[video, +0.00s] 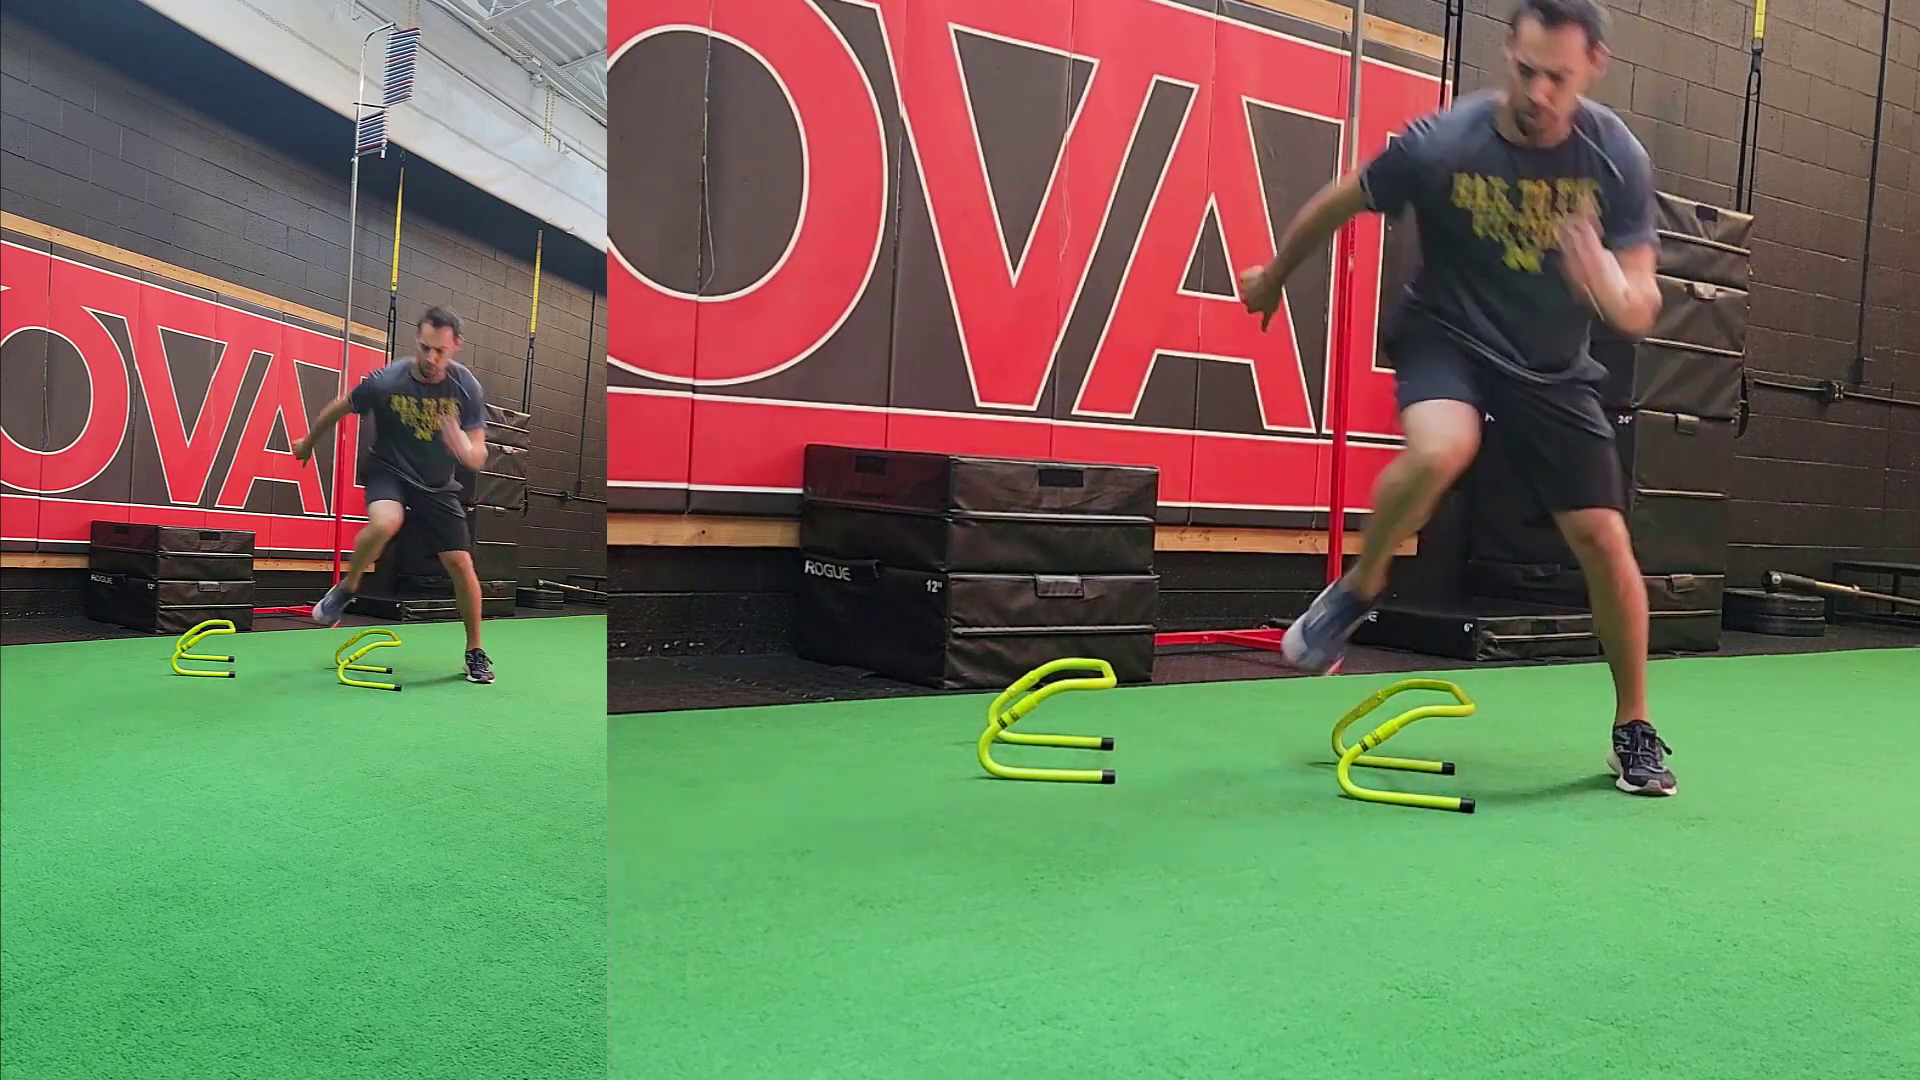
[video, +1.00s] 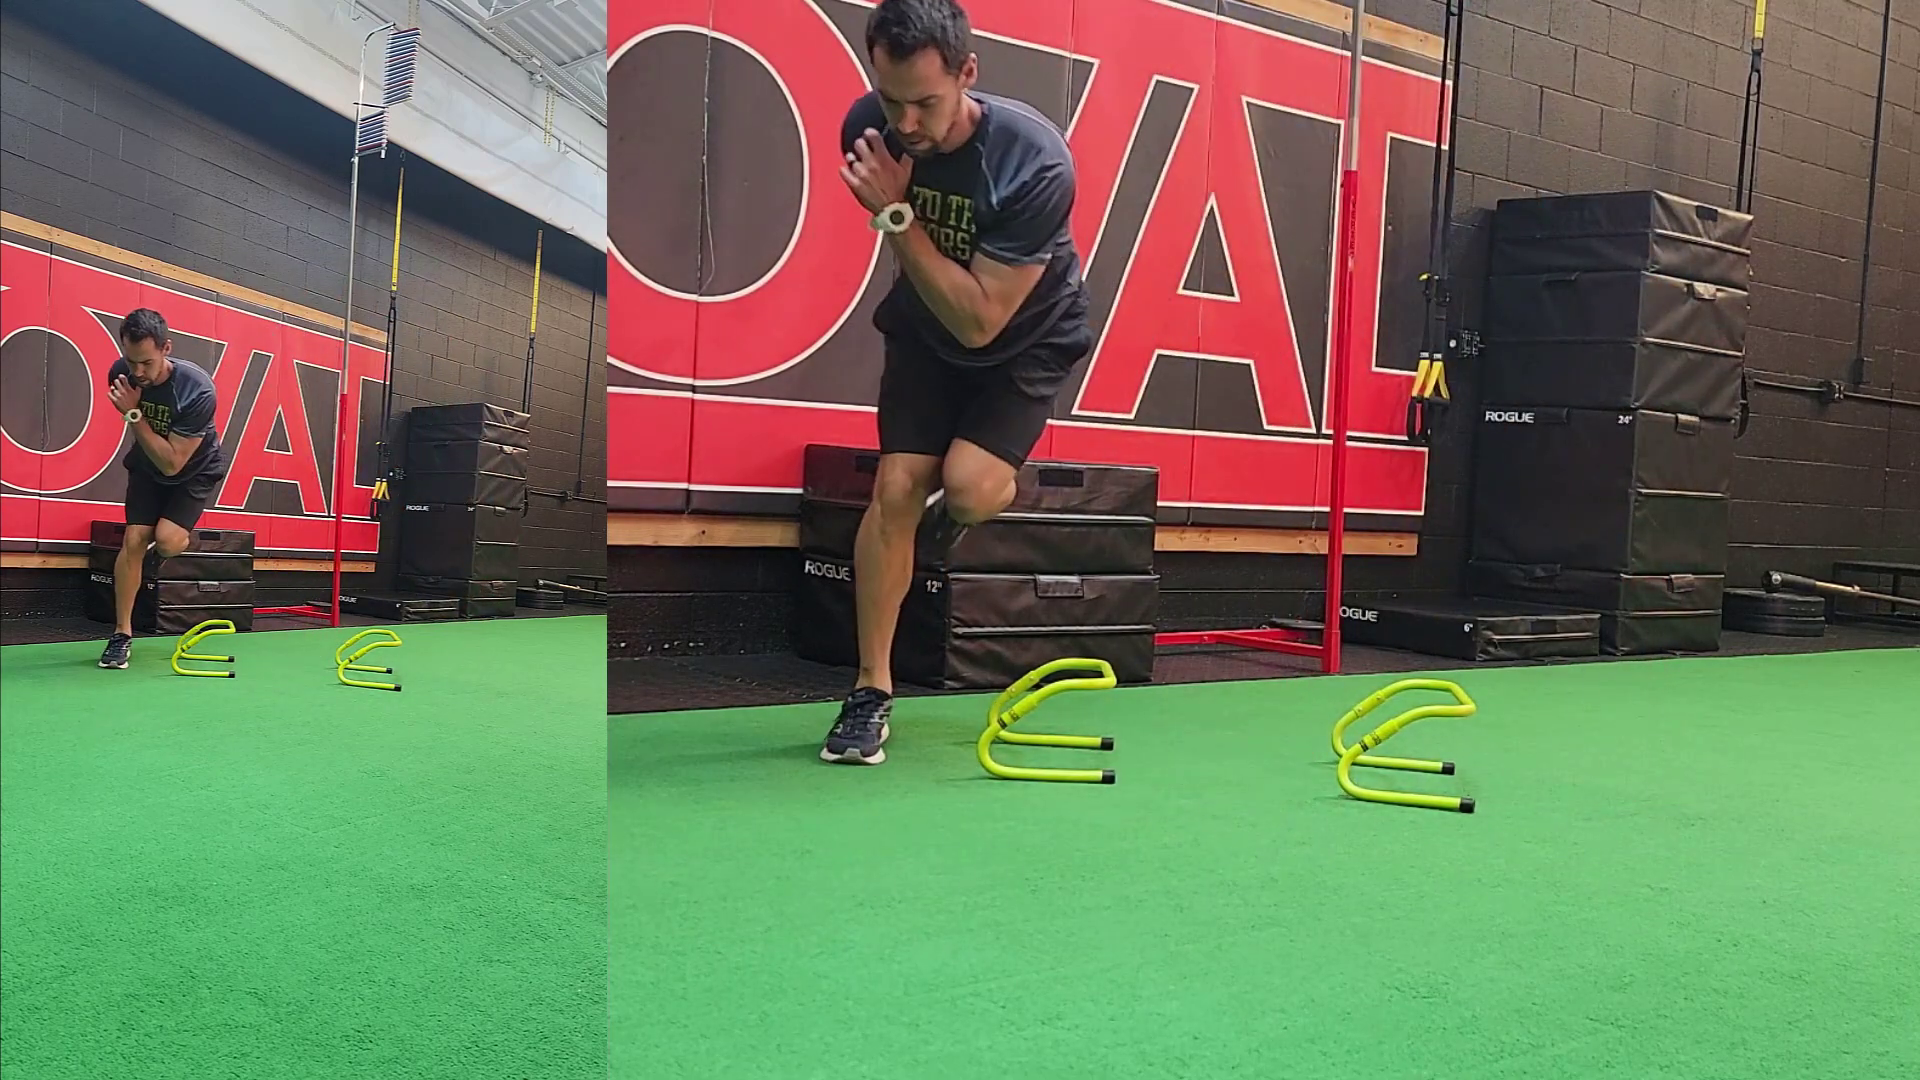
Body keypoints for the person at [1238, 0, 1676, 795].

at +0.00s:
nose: (1536, 94)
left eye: (1556, 77)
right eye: (1525, 71)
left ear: (1594, 67)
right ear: (1507, 53)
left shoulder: (1617, 157)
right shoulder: (1440, 144)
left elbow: (1639, 308)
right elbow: (1335, 204)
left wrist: (1603, 283)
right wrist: (1271, 275)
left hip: (1555, 367)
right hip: (1447, 337)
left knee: (1603, 537)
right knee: (1442, 452)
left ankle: (1635, 726)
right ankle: (1358, 588)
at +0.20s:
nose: (1388, 20)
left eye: (1407, 5)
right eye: (1375, 5)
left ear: (1436, 7)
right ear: (1354, 4)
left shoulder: (1477, 81)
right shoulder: (1298, 89)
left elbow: (1514, 183)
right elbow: (1255, 214)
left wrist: (1528, 303)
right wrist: (1274, 315)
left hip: (1433, 307)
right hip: (1324, 312)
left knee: (1458, 444)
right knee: (1301, 505)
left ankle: (1456, 534)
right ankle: (1270, 706)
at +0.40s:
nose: (1262, 10)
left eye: (1277, 3)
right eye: (1251, 3)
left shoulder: (1365, 57)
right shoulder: (1187, 44)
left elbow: (1421, 176)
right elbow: (1151, 157)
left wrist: (1433, 292)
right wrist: (1161, 194)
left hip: (1306, 276)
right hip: (1209, 263)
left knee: (1272, 473)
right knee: (1165, 417)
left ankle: (1285, 695)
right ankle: (1218, 536)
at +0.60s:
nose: (1128, 4)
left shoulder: (1239, 68)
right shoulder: (1064, 41)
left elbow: (1279, 220)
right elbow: (1033, 148)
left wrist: (1231, 335)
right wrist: (1014, 269)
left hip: (1188, 286)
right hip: (1081, 268)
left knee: (1195, 475)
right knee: (1004, 424)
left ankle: (1255, 671)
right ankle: (937, 603)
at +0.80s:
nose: (988, 93)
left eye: (1008, 75)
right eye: (976, 72)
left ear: (1053, 56)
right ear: (961, 49)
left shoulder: (1109, 156)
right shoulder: (936, 119)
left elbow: (1085, 319)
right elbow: (920, 199)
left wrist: (979, 245)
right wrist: (952, 228)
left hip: (1073, 346)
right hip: (971, 334)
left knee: (1049, 473)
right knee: (921, 504)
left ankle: (1041, 498)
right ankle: (871, 694)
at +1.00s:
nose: (906, 122)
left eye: (925, 102)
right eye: (892, 100)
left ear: (967, 76)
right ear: (874, 79)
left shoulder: (1036, 166)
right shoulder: (870, 129)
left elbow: (979, 324)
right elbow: (912, 241)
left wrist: (897, 217)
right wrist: (891, 208)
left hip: (1032, 335)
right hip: (927, 321)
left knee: (971, 487)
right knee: (896, 490)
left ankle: (963, 507)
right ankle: (872, 690)